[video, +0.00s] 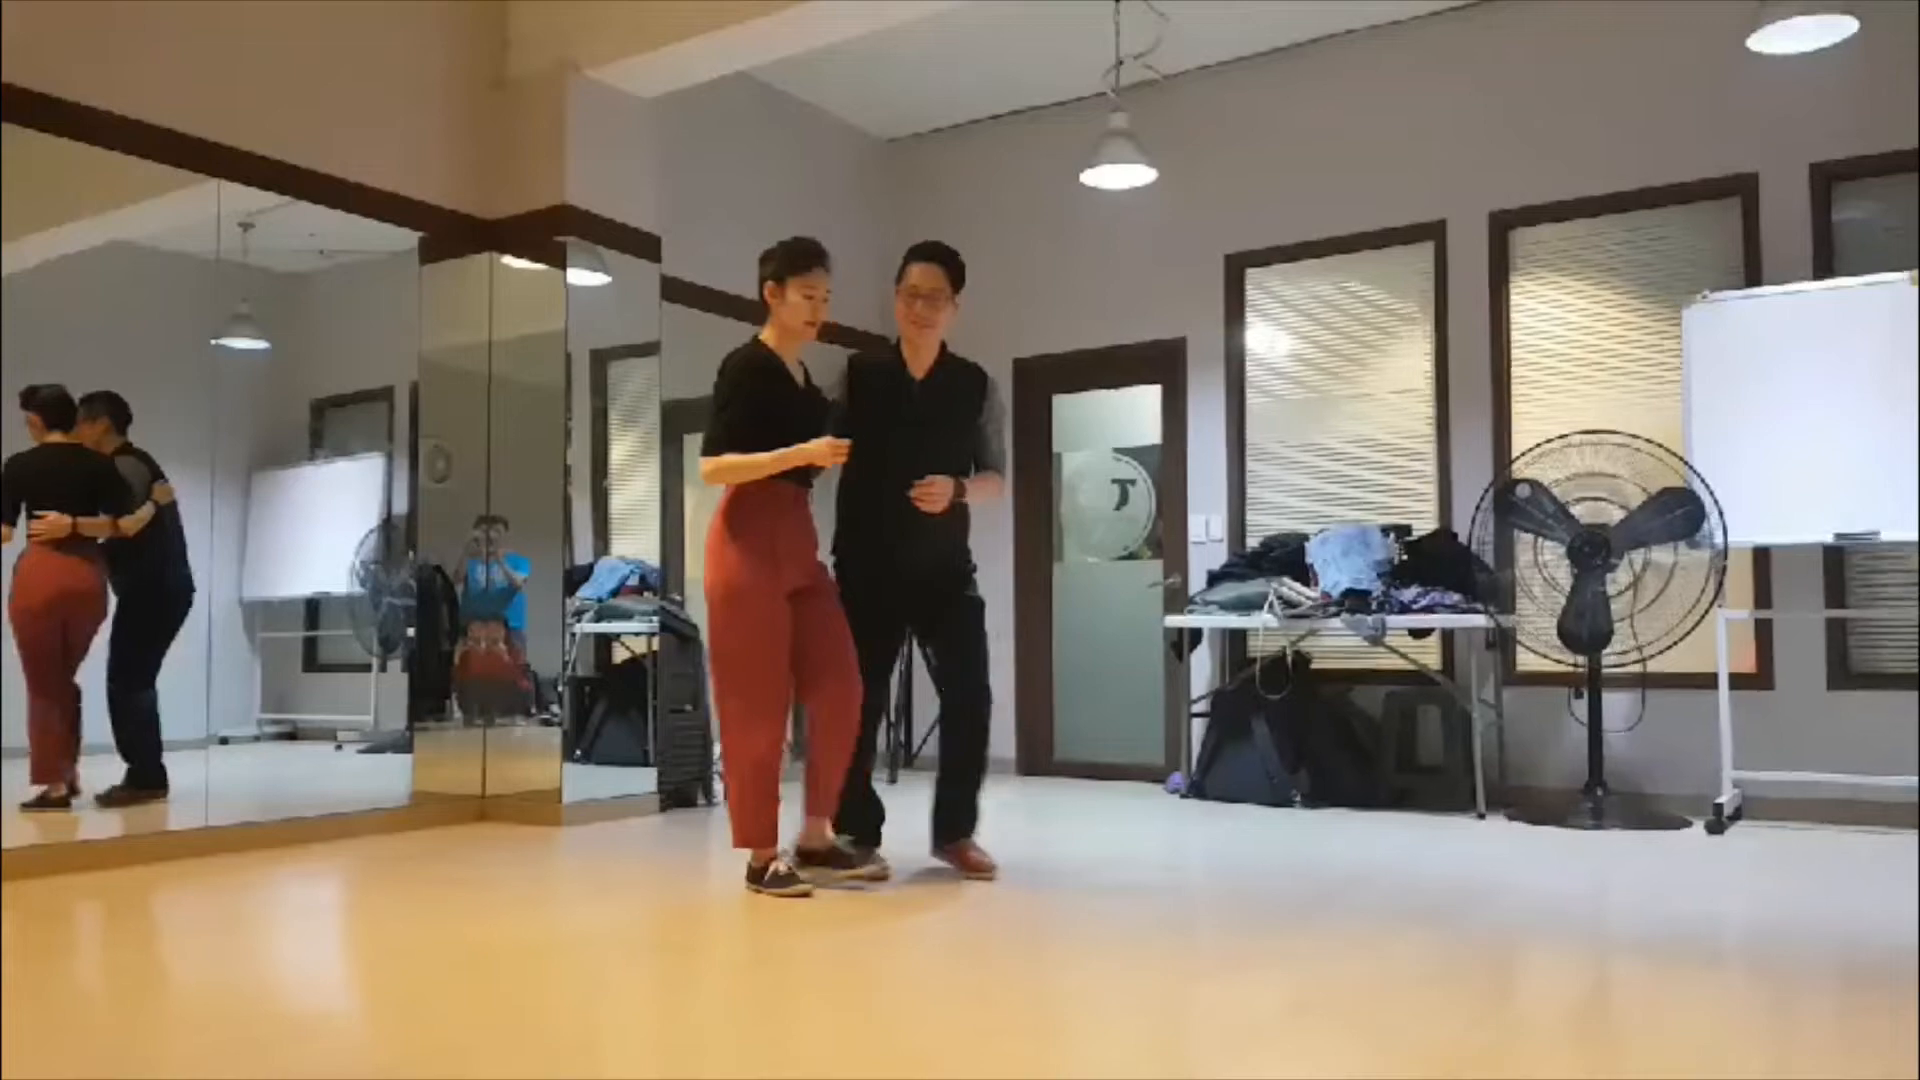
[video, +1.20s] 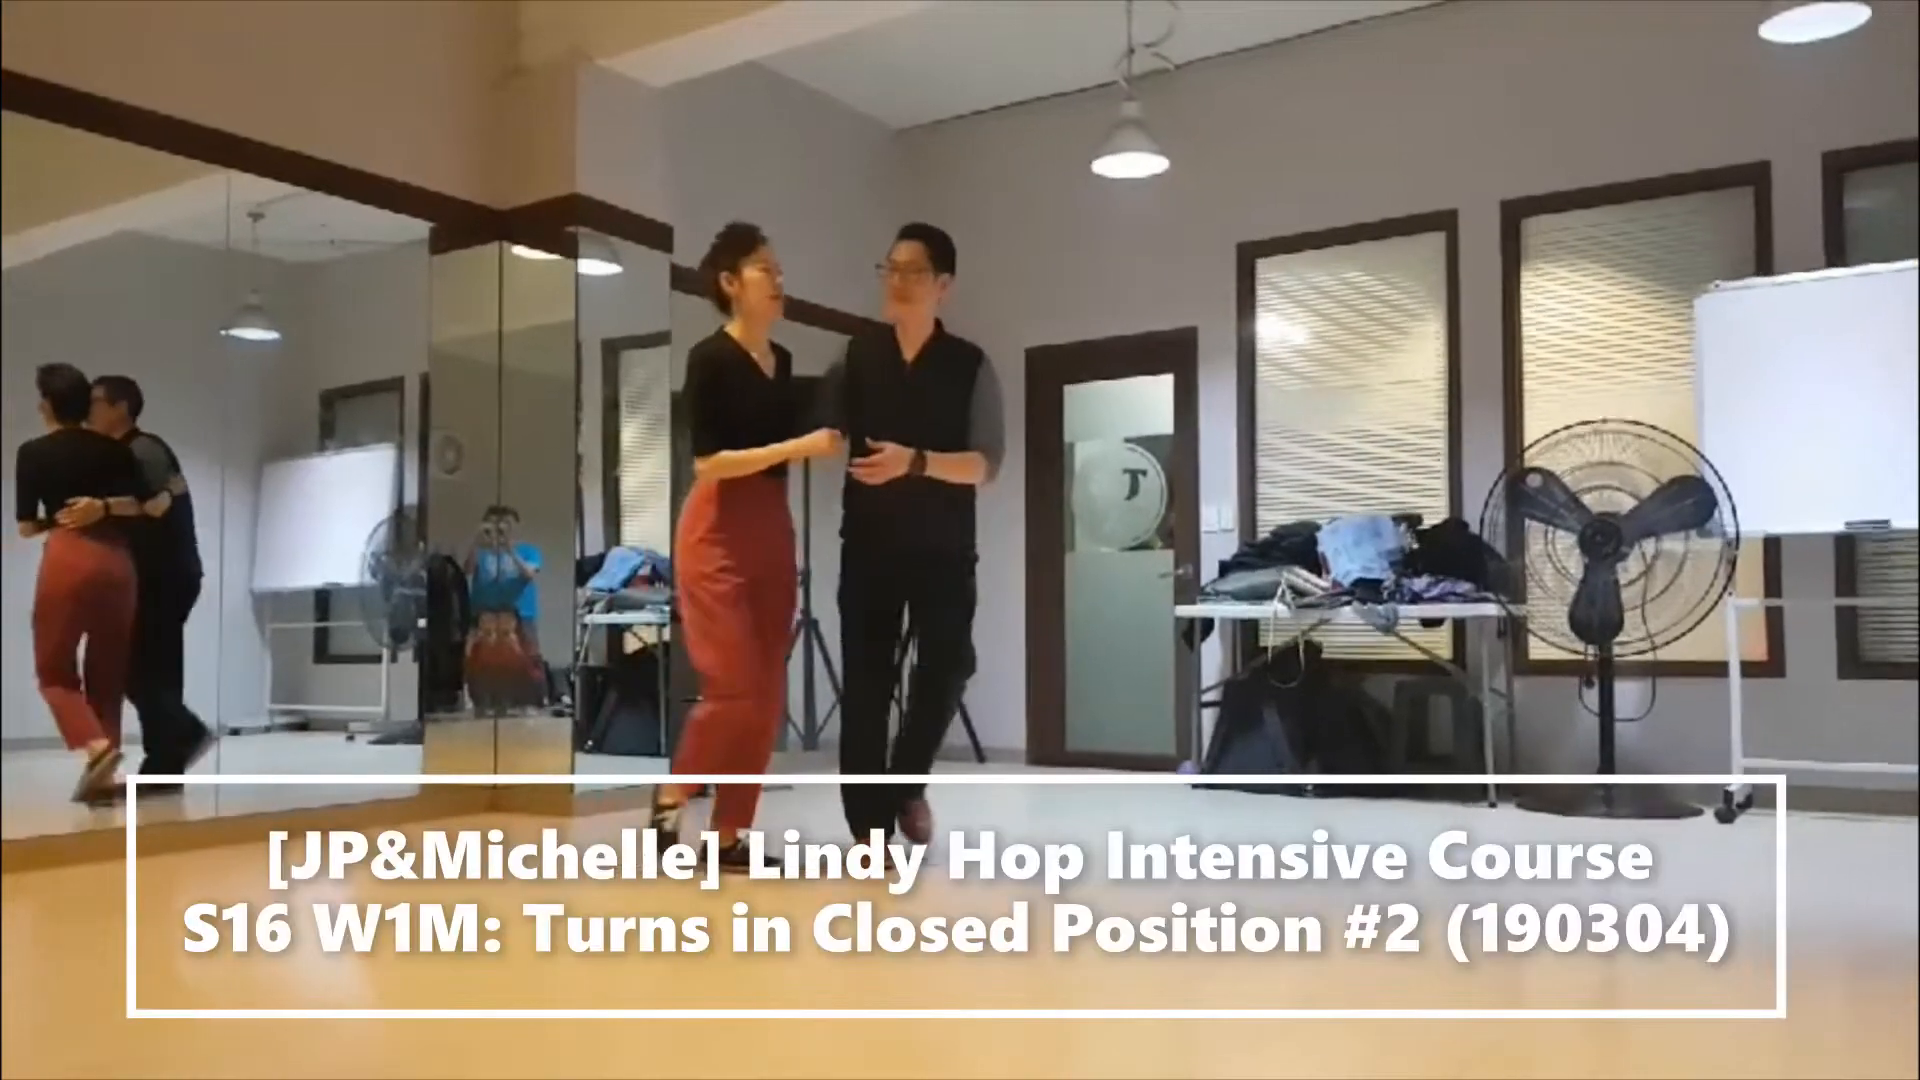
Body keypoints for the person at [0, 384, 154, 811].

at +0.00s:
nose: (25, 425)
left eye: (26, 420)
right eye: (27, 419)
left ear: (34, 422)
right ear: (72, 418)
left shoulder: (19, 466)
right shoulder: (96, 462)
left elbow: (5, 532)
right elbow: (129, 521)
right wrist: (153, 504)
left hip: (38, 569)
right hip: (89, 570)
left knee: (43, 683)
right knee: (64, 677)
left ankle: (53, 785)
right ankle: (66, 773)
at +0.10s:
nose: (32, 427)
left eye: (33, 421)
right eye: (34, 421)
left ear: (42, 423)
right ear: (79, 420)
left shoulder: (27, 467)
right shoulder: (105, 463)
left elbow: (11, 534)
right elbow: (137, 520)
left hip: (47, 569)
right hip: (97, 569)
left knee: (48, 682)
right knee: (76, 676)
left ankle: (54, 787)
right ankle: (93, 767)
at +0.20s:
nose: (90, 436)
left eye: (96, 428)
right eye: (90, 428)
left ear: (121, 428)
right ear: (120, 429)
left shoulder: (142, 468)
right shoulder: (133, 466)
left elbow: (143, 524)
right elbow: (136, 524)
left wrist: (88, 530)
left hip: (171, 595)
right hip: (150, 595)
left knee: (142, 683)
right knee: (135, 684)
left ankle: (197, 755)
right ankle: (150, 775)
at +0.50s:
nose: (111, 434)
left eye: (118, 425)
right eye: (111, 425)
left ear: (143, 426)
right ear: (139, 427)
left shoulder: (164, 465)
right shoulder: (137, 469)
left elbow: (169, 517)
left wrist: (120, 522)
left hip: (193, 588)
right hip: (157, 588)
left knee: (198, 684)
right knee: (147, 684)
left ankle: (239, 769)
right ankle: (155, 778)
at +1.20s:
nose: (90, 413)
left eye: (96, 404)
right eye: (90, 404)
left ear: (122, 408)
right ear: (118, 409)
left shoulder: (145, 448)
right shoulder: (123, 452)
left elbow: (159, 502)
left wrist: (104, 507)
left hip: (171, 573)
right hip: (151, 571)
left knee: (149, 666)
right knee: (141, 665)